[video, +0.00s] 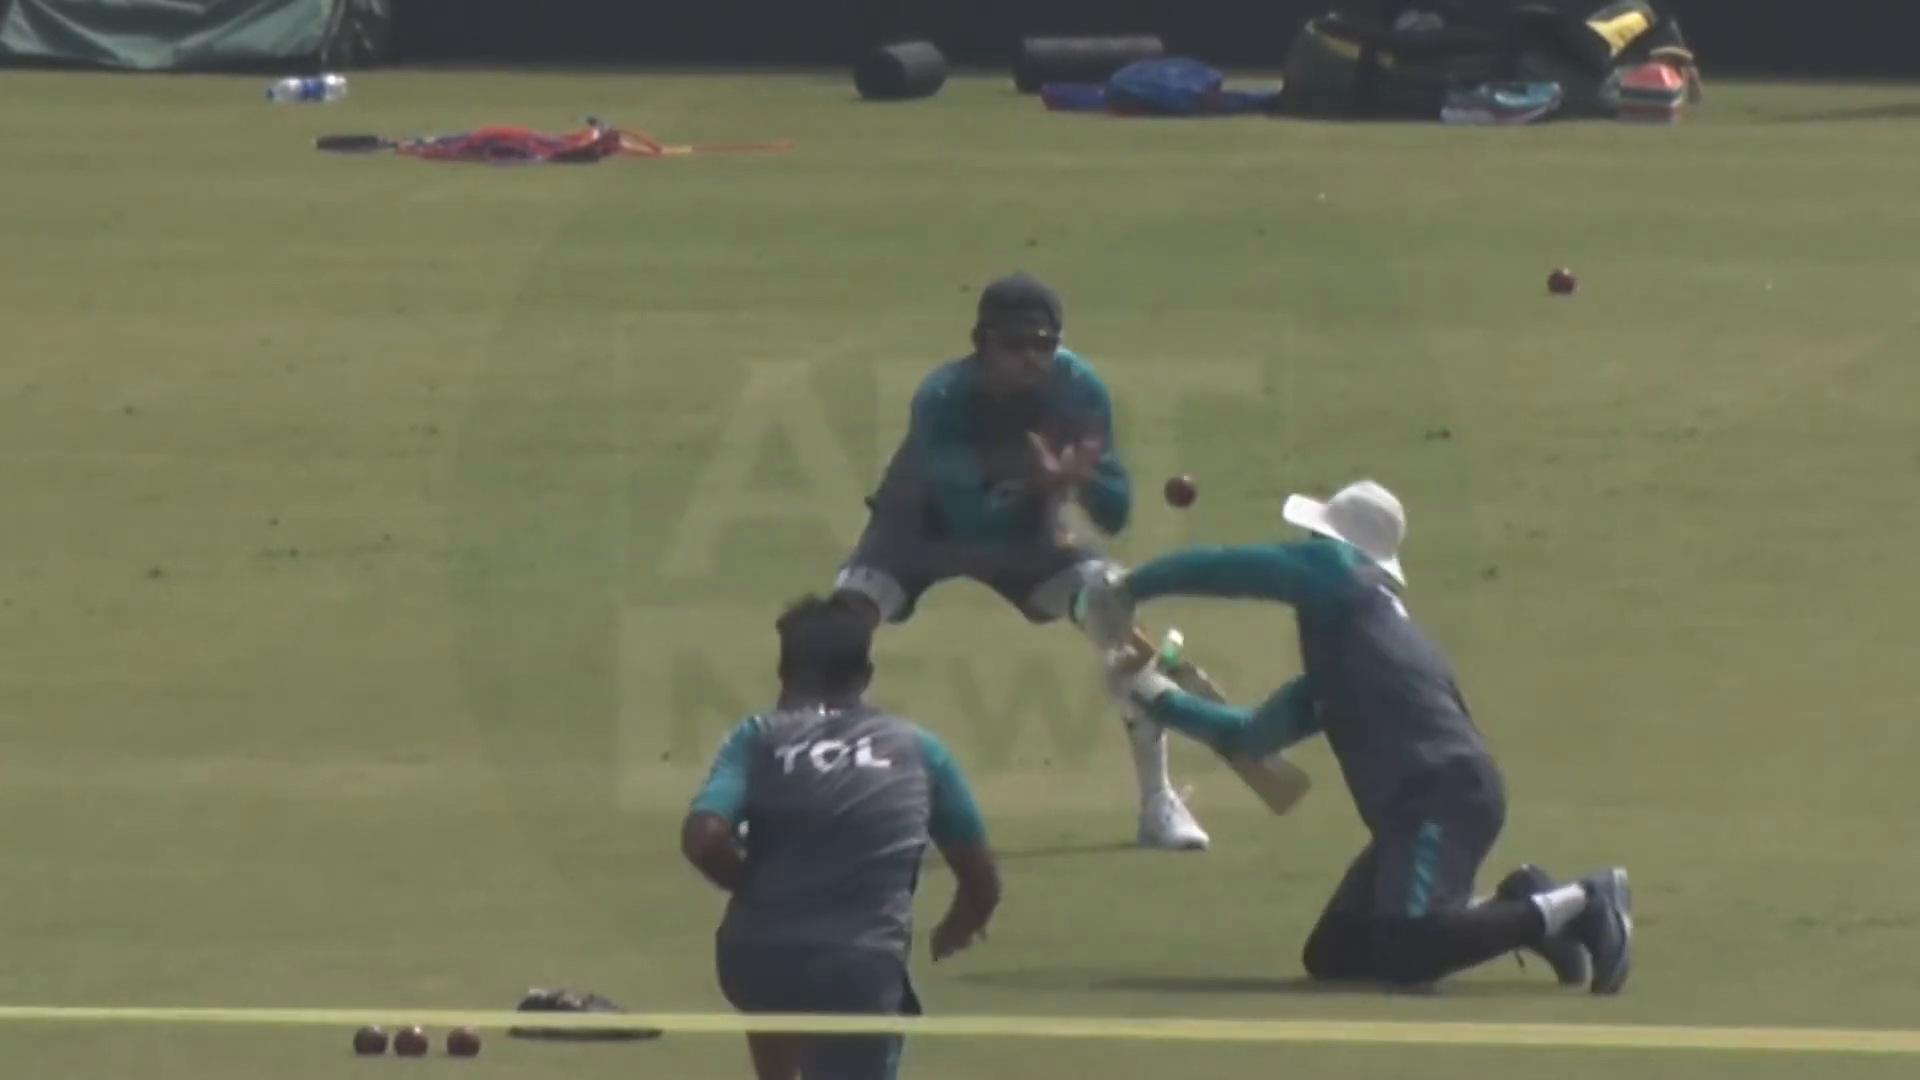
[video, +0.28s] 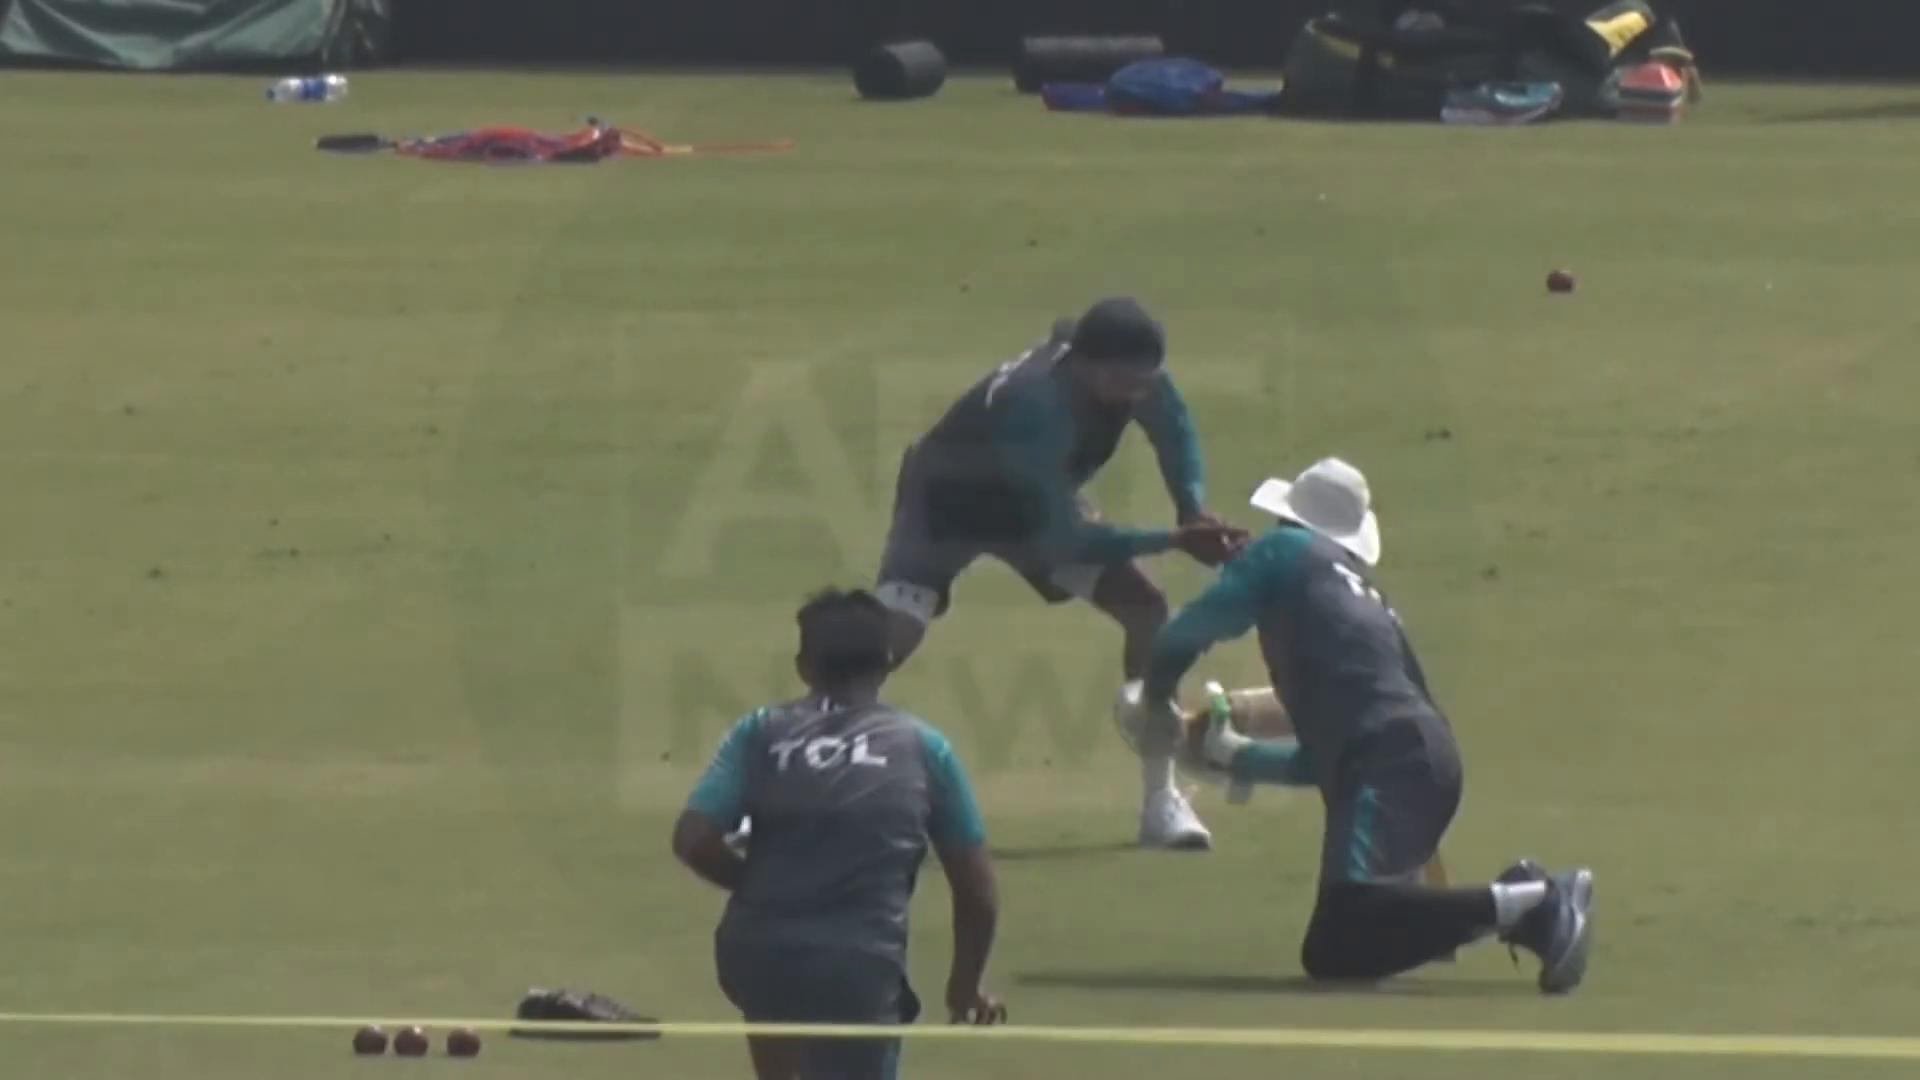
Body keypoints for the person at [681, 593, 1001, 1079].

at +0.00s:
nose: (779, 676)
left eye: (780, 666)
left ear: (784, 672)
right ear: (865, 675)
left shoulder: (755, 736)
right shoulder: (918, 748)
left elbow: (704, 837)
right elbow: (982, 882)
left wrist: (757, 885)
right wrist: (954, 931)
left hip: (756, 961)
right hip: (861, 968)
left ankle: (779, 1075)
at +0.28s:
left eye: (799, 654)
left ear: (804, 666)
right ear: (884, 669)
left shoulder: (758, 731)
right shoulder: (923, 747)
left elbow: (694, 840)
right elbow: (978, 895)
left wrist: (762, 884)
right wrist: (965, 992)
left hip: (755, 957)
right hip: (857, 968)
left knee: (766, 1014)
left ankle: (779, 1074)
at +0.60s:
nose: (805, 652)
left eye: (807, 643)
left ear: (809, 655)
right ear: (891, 656)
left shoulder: (760, 731)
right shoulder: (928, 741)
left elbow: (707, 863)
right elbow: (965, 886)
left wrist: (759, 900)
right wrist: (939, 985)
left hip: (761, 954)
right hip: (862, 965)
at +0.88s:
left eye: (801, 645)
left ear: (804, 657)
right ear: (885, 657)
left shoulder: (758, 735)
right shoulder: (925, 735)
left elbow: (720, 882)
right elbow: (968, 878)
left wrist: (766, 947)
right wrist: (933, 976)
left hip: (770, 958)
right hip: (870, 965)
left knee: (779, 1026)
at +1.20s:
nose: (794, 665)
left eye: (796, 655)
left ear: (803, 669)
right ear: (884, 667)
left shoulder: (759, 745)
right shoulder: (922, 737)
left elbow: (736, 886)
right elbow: (971, 877)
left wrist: (745, 986)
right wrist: (944, 983)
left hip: (770, 965)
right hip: (870, 968)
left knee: (785, 1069)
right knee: (869, 1068)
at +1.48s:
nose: (799, 672)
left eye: (801, 662)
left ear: (806, 674)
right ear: (887, 672)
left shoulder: (763, 744)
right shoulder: (925, 740)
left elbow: (727, 894)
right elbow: (967, 879)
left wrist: (746, 979)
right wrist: (939, 986)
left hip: (774, 961)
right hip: (872, 963)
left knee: (788, 1067)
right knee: (871, 1067)